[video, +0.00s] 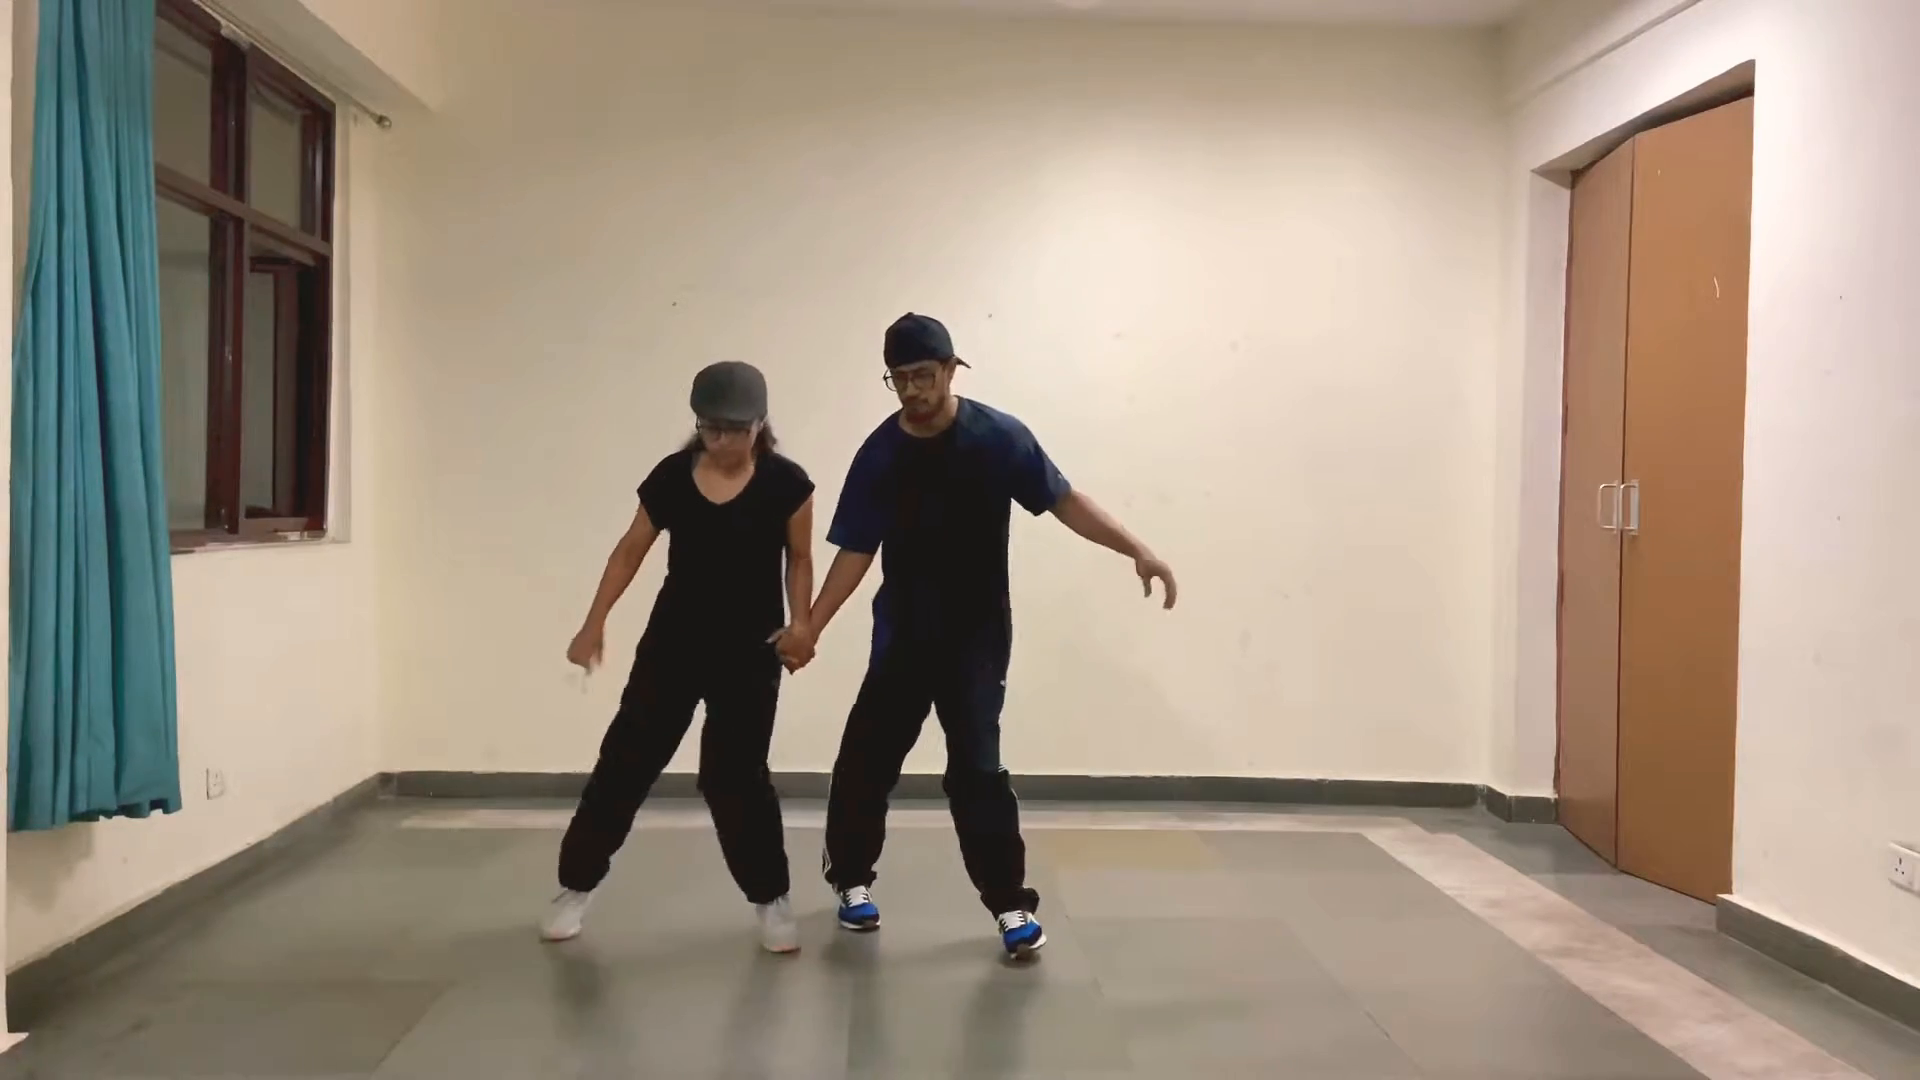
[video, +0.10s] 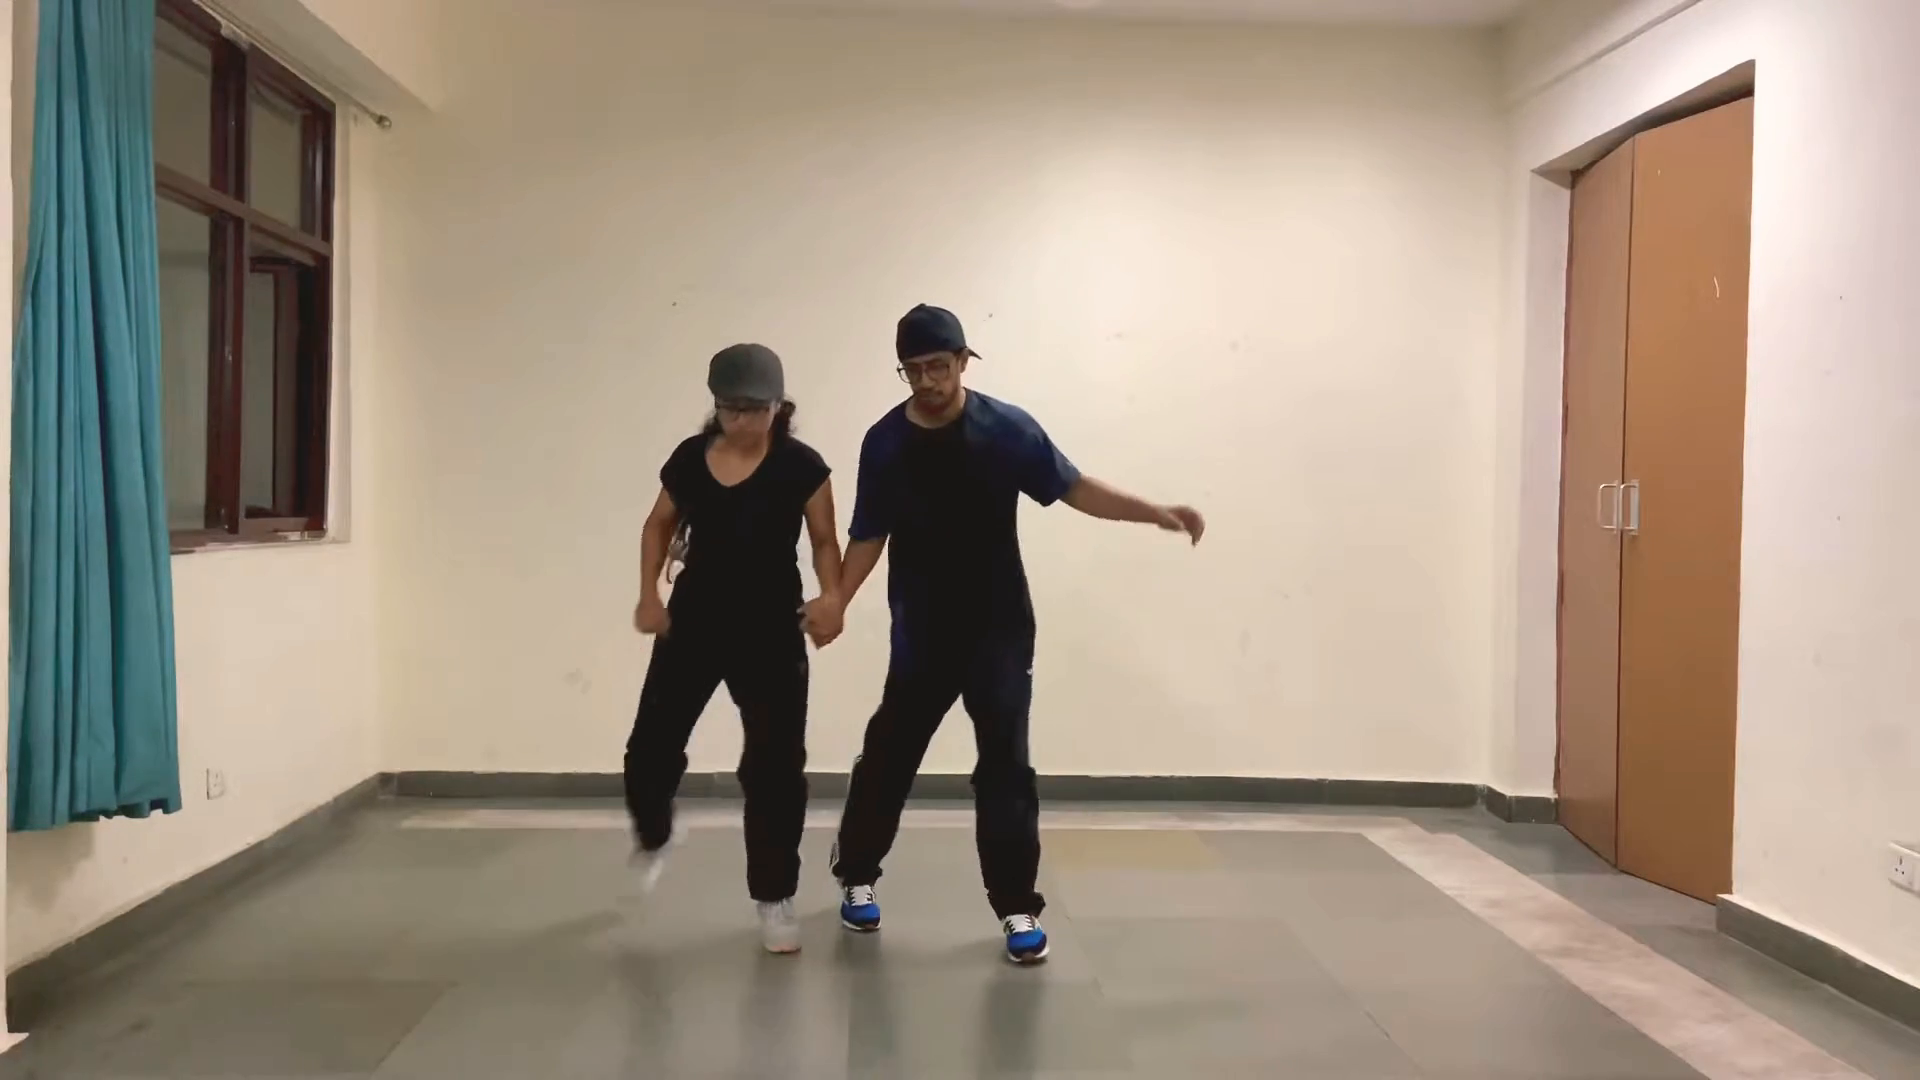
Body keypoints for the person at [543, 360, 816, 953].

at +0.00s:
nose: (726, 440)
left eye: (738, 428)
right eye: (715, 428)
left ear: (760, 425)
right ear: (699, 424)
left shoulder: (787, 485)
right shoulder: (673, 477)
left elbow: (800, 560)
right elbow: (630, 550)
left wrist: (801, 625)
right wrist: (595, 622)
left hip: (747, 651)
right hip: (674, 645)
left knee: (735, 775)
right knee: (625, 762)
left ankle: (771, 900)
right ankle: (576, 887)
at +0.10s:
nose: (744, 420)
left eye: (756, 408)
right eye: (733, 408)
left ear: (778, 406)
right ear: (716, 405)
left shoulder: (803, 468)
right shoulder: (691, 459)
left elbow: (825, 541)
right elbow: (659, 525)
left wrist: (831, 600)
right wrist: (650, 592)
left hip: (770, 630)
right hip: (695, 624)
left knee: (777, 764)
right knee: (650, 748)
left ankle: (774, 898)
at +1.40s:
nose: (814, 433)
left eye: (825, 422)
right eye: (802, 423)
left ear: (843, 414)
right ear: (781, 417)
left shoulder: (871, 462)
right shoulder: (763, 470)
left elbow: (892, 548)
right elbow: (744, 554)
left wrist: (913, 625)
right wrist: (755, 609)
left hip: (847, 640)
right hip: (777, 637)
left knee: (825, 765)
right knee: (771, 763)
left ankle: (808, 898)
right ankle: (760, 896)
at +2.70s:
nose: (740, 419)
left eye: (752, 410)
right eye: (727, 410)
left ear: (768, 424)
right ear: (705, 422)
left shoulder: (769, 497)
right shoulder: (662, 470)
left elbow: (793, 551)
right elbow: (595, 511)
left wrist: (819, 595)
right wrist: (544, 578)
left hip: (697, 669)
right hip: (623, 654)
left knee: (631, 799)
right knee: (614, 793)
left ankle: (547, 932)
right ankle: (675, 902)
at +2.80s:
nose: (727, 414)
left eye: (740, 406)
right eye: (714, 405)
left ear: (756, 424)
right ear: (693, 420)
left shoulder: (762, 497)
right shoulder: (657, 473)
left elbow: (775, 568)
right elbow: (596, 526)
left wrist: (803, 619)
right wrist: (536, 585)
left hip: (701, 666)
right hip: (631, 651)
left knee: (624, 791)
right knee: (612, 787)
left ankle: (558, 929)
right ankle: (682, 901)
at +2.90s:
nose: (713, 412)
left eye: (725, 404)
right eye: (700, 403)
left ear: (742, 418)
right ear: (679, 416)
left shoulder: (754, 488)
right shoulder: (646, 476)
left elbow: (782, 557)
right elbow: (598, 536)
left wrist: (806, 603)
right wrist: (558, 607)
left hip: (716, 640)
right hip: (648, 632)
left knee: (643, 764)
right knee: (622, 771)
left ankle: (619, 884)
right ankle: (684, 904)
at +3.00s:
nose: (707, 392)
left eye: (719, 384)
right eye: (694, 384)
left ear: (736, 398)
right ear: (674, 397)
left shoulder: (753, 465)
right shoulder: (644, 459)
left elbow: (792, 527)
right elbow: (605, 526)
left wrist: (804, 559)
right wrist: (602, 581)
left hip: (732, 611)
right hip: (662, 613)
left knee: (671, 693)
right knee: (651, 741)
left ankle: (679, 826)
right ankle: (688, 905)